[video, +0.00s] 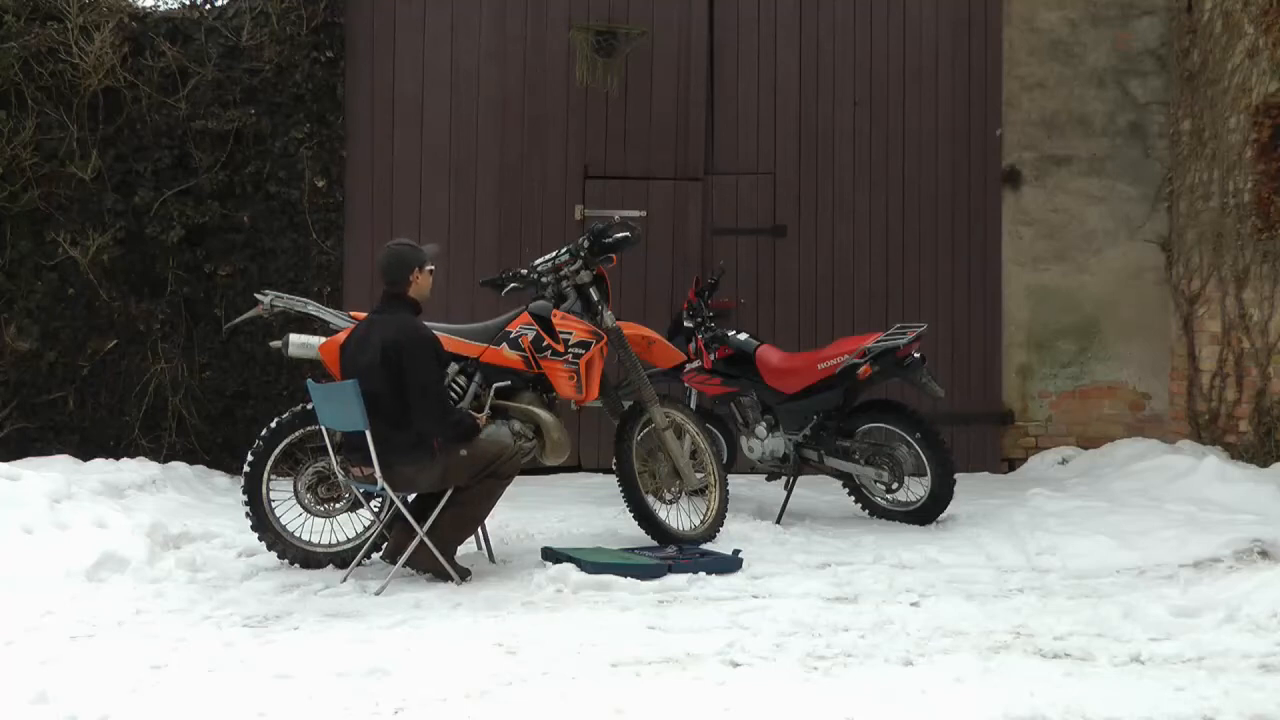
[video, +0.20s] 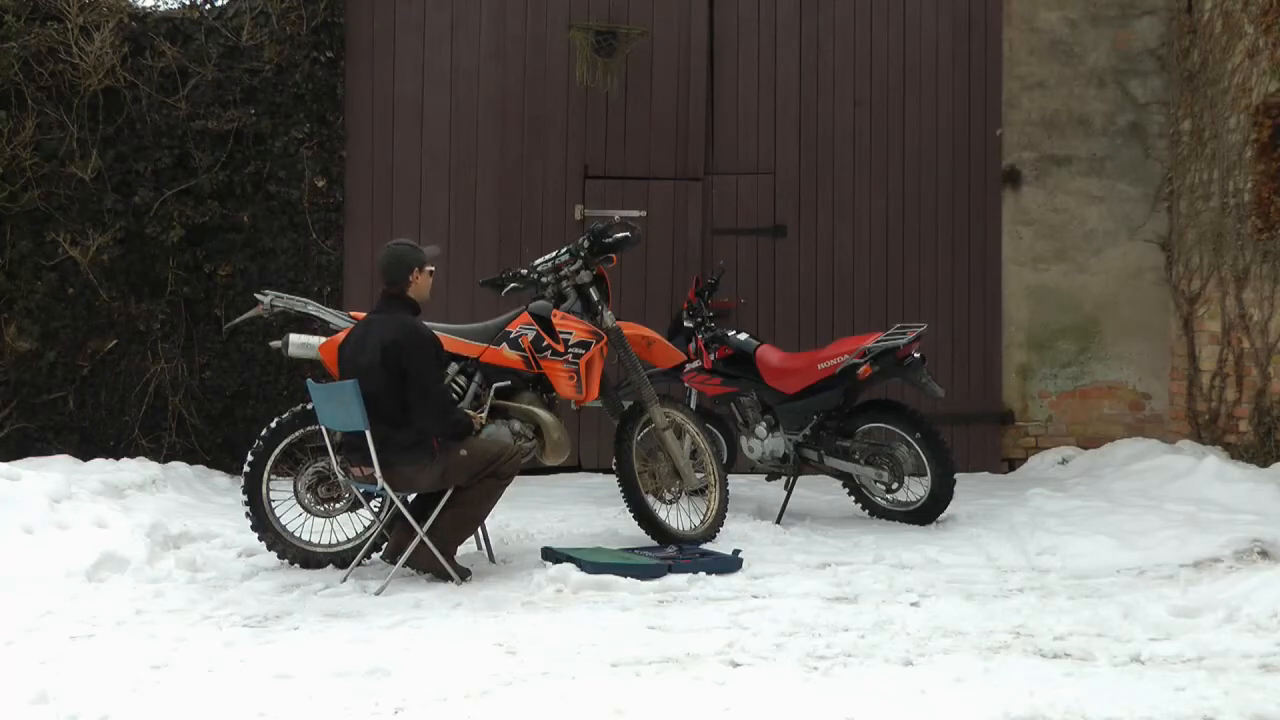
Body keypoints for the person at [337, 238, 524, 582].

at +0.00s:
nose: (432, 276)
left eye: (430, 269)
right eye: (428, 270)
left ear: (389, 279)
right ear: (414, 278)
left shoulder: (362, 331)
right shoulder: (416, 335)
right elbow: (435, 417)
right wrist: (472, 423)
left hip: (374, 460)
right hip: (406, 465)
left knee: (471, 448)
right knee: (504, 453)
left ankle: (405, 538)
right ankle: (435, 549)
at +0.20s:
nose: (432, 276)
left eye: (429, 269)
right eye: (428, 270)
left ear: (388, 279)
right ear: (414, 278)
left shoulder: (359, 332)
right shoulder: (416, 336)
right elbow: (437, 414)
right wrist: (468, 422)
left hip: (365, 461)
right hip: (403, 466)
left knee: (468, 448)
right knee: (505, 454)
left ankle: (404, 539)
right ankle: (435, 549)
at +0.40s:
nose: (432, 284)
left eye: (432, 277)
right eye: (431, 276)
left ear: (388, 279)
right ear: (416, 278)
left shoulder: (357, 333)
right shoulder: (415, 337)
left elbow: (361, 405)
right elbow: (438, 416)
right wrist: (469, 421)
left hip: (365, 461)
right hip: (404, 466)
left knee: (468, 450)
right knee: (504, 455)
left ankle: (404, 540)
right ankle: (435, 549)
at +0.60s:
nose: (439, 299)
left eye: (440, 291)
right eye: (439, 290)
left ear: (398, 284)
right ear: (425, 286)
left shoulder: (357, 333)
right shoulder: (417, 340)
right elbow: (439, 418)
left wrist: (454, 415)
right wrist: (477, 422)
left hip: (364, 457)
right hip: (403, 465)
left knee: (465, 449)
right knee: (507, 452)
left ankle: (404, 541)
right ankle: (435, 549)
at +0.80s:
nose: (444, 308)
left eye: (446, 301)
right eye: (445, 299)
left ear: (406, 289)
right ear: (434, 294)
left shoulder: (362, 332)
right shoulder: (422, 342)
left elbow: (346, 391)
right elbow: (447, 420)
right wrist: (486, 419)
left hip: (363, 455)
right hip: (403, 465)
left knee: (464, 452)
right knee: (508, 453)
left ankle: (404, 542)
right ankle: (435, 550)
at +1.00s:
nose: (452, 312)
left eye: (455, 305)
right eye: (454, 304)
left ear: (413, 294)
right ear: (442, 299)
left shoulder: (369, 332)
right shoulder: (429, 343)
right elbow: (453, 419)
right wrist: (488, 417)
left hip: (362, 456)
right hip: (402, 464)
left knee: (464, 455)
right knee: (507, 457)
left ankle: (404, 542)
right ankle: (434, 550)